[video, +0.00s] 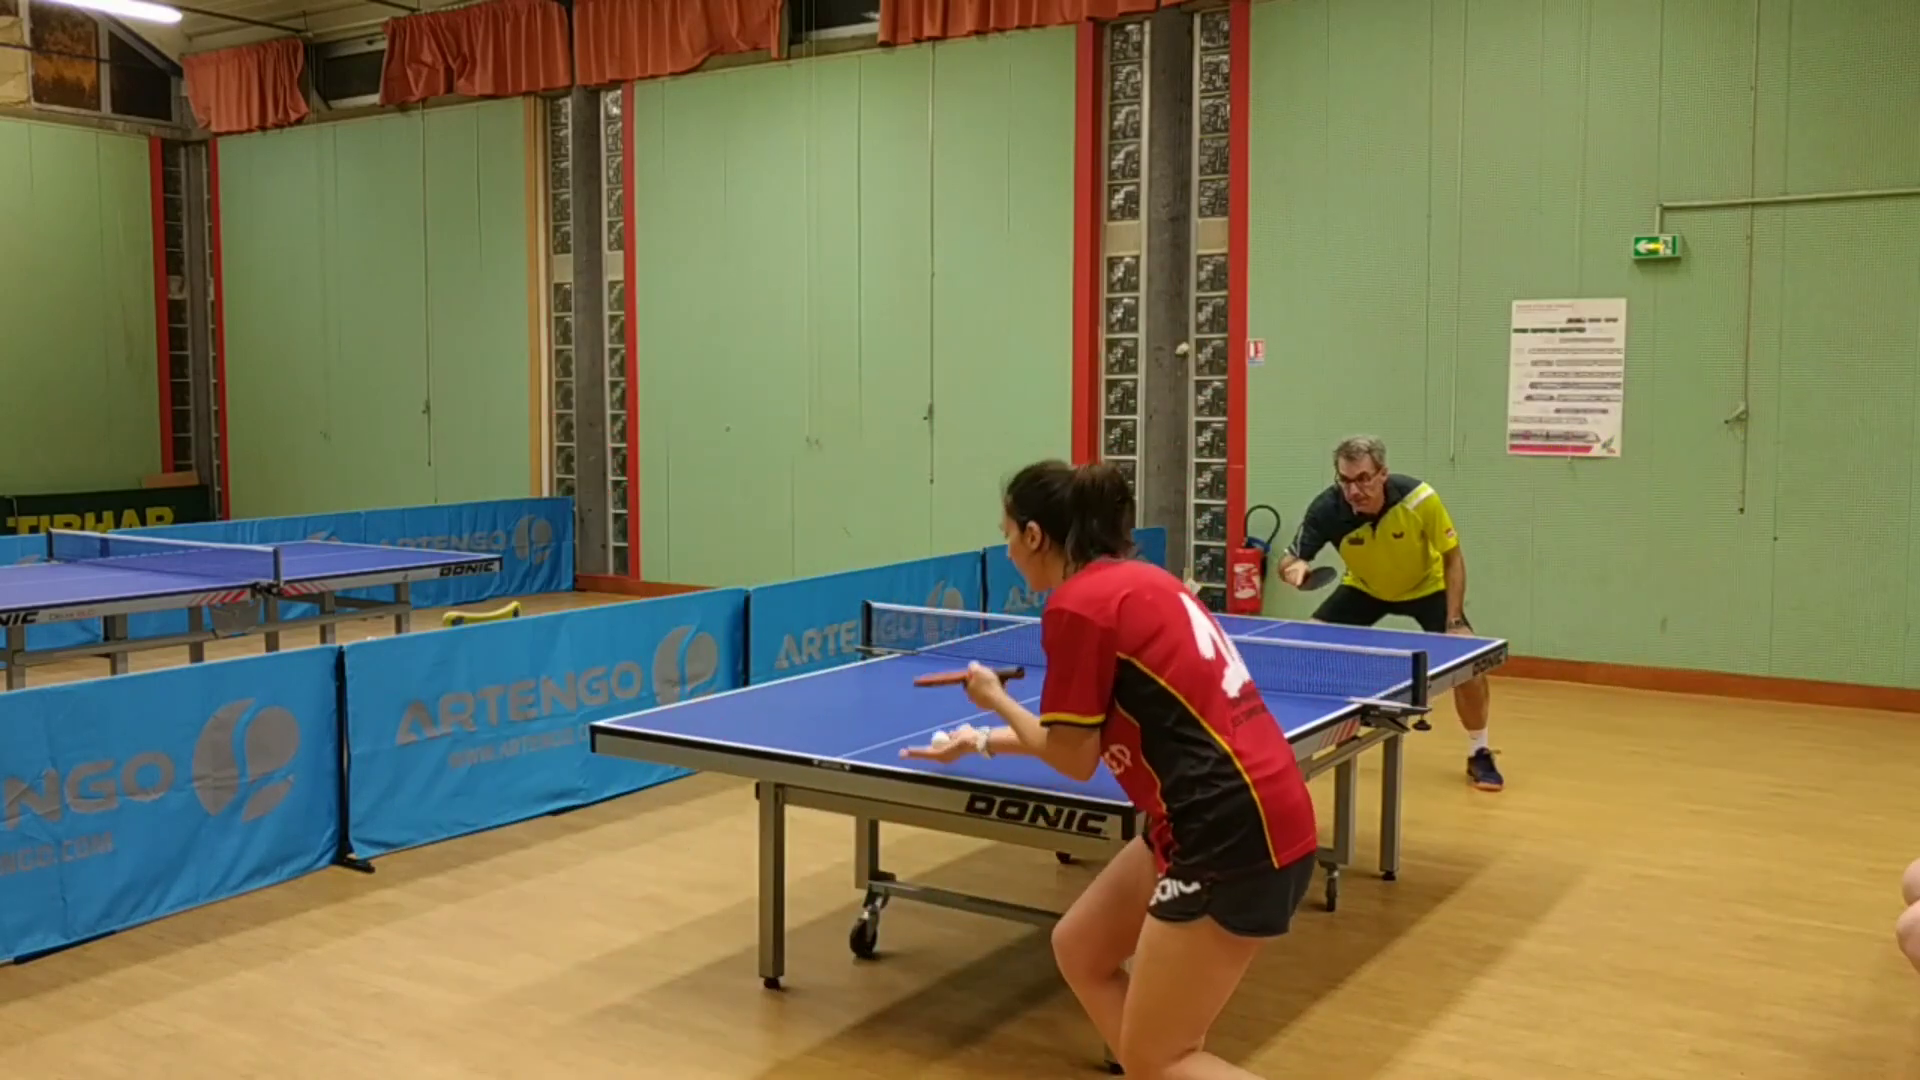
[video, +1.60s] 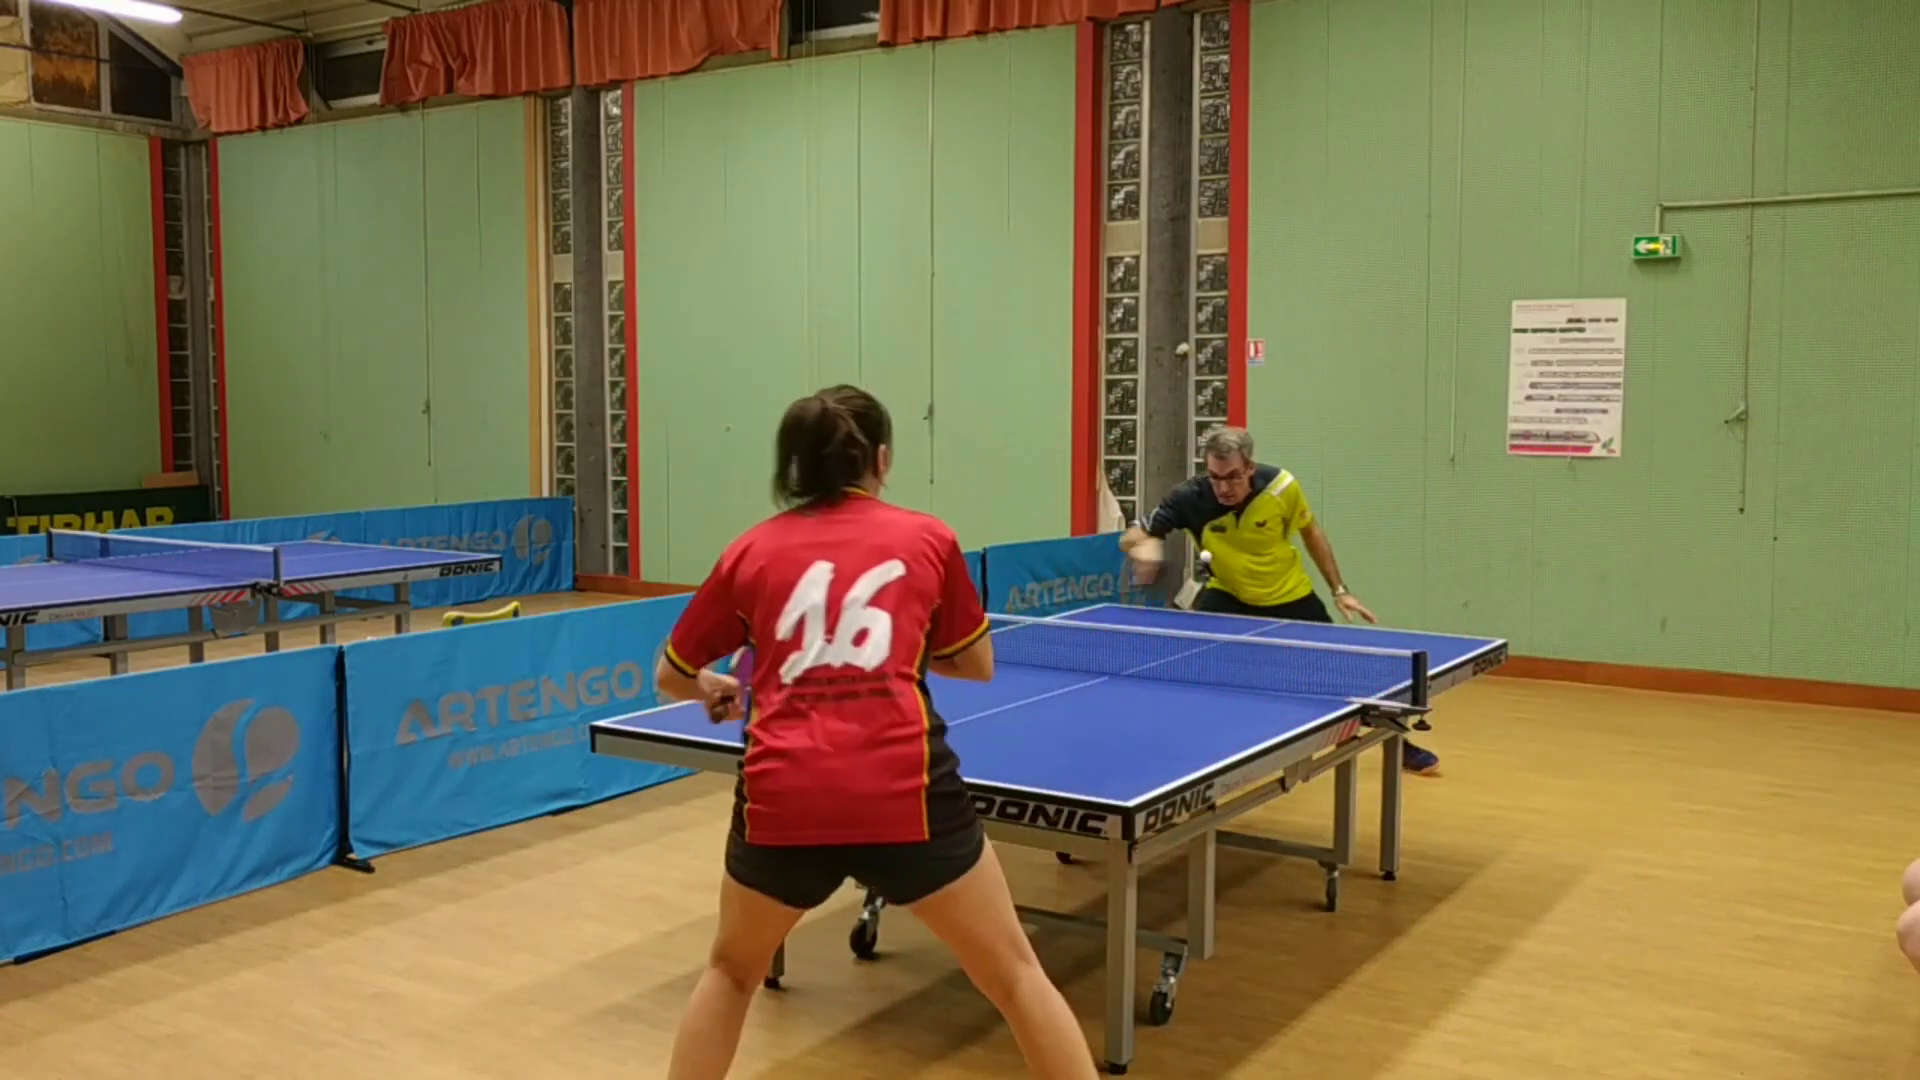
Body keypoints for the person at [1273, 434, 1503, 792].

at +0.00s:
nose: (1354, 490)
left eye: (1363, 479)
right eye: (1346, 481)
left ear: (1383, 472)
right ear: (1338, 477)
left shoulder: (1418, 497)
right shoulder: (1328, 508)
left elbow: (1452, 557)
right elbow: (1290, 559)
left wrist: (1455, 619)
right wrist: (1296, 572)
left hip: (1426, 591)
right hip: (1364, 590)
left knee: (1468, 661)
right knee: (1306, 643)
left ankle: (1480, 754)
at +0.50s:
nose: (1340, 470)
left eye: (1349, 459)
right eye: (1331, 461)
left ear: (1367, 455)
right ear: (1322, 460)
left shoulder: (1401, 487)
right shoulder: (1308, 498)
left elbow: (1432, 552)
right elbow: (1279, 548)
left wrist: (1442, 618)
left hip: (1407, 584)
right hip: (1342, 586)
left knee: (1454, 657)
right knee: (1295, 652)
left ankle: (1478, 753)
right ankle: (1290, 749)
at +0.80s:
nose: (1304, 457)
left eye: (1312, 447)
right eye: (1296, 448)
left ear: (1329, 443)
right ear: (1286, 446)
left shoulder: (1360, 472)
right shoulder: (1269, 485)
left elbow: (1390, 528)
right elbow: (1249, 544)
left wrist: (1406, 588)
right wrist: (1266, 594)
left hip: (1365, 577)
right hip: (1303, 579)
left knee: (1417, 654)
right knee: (1264, 655)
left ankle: (1467, 750)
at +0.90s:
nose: (1294, 450)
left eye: (1303, 440)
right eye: (1286, 441)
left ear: (1321, 436)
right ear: (1277, 439)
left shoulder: (1351, 463)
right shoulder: (1260, 475)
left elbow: (1378, 518)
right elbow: (1233, 530)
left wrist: (1394, 578)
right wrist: (1237, 546)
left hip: (1357, 569)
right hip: (1295, 571)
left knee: (1404, 647)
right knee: (1261, 649)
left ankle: (1443, 744)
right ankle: (1254, 745)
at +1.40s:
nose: (1267, 472)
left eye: (1276, 462)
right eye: (1259, 462)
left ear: (1294, 451)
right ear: (1249, 454)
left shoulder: (1326, 472)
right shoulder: (1236, 485)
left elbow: (1360, 519)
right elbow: (1183, 540)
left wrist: (1378, 580)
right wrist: (1225, 520)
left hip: (1329, 583)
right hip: (1267, 582)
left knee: (1378, 657)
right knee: (1220, 651)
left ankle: (1411, 740)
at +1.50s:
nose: (1243, 485)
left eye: (1252, 475)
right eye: (1235, 475)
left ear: (1269, 464)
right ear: (1225, 467)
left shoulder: (1301, 484)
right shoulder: (1211, 495)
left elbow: (1335, 533)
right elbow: (1154, 549)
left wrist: (1360, 588)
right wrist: (1197, 531)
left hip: (1309, 596)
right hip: (1244, 594)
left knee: (1359, 664)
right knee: (1188, 651)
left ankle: (1403, 740)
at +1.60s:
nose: (1224, 488)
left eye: (1233, 477)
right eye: (1216, 479)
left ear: (1251, 466)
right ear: (1205, 470)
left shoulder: (1279, 486)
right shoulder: (1191, 497)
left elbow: (1311, 533)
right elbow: (1141, 535)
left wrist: (1339, 589)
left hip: (1291, 596)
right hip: (1228, 595)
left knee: (1345, 664)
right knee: (1178, 651)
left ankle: (1398, 742)